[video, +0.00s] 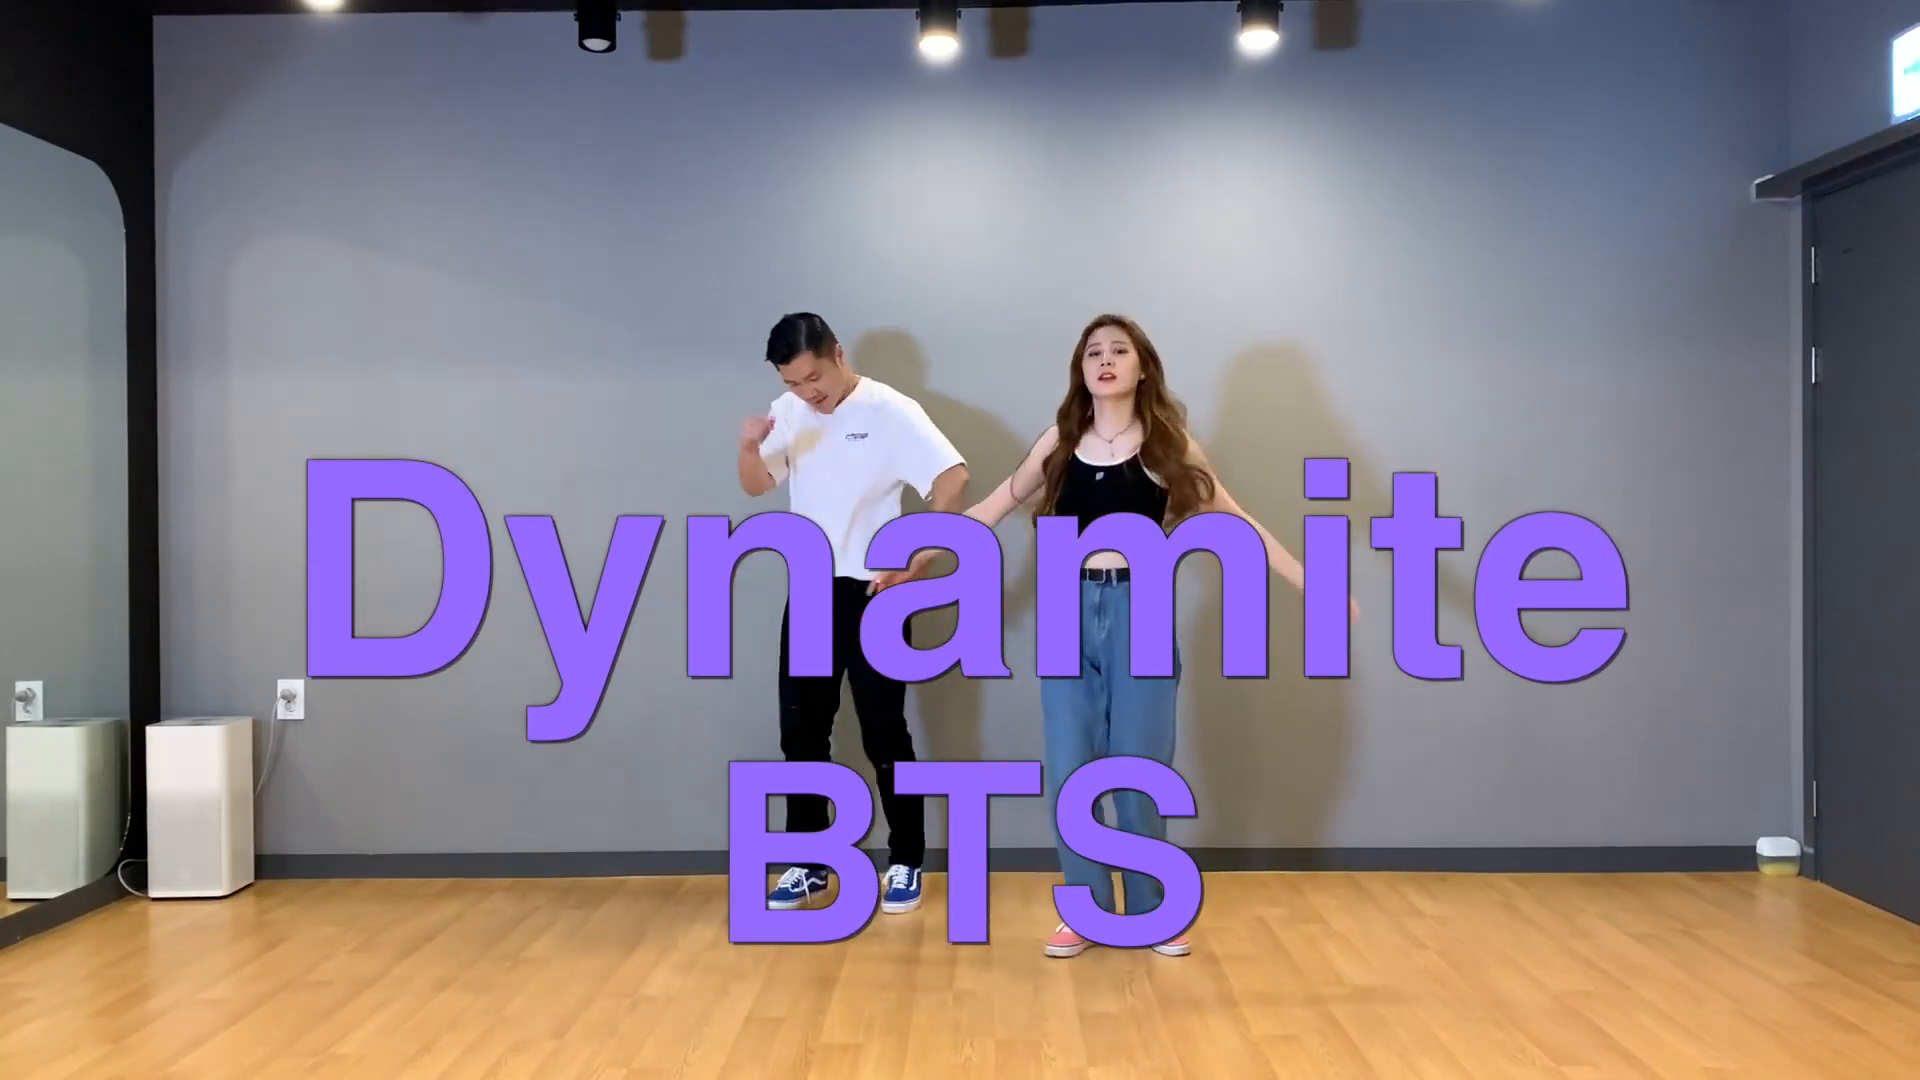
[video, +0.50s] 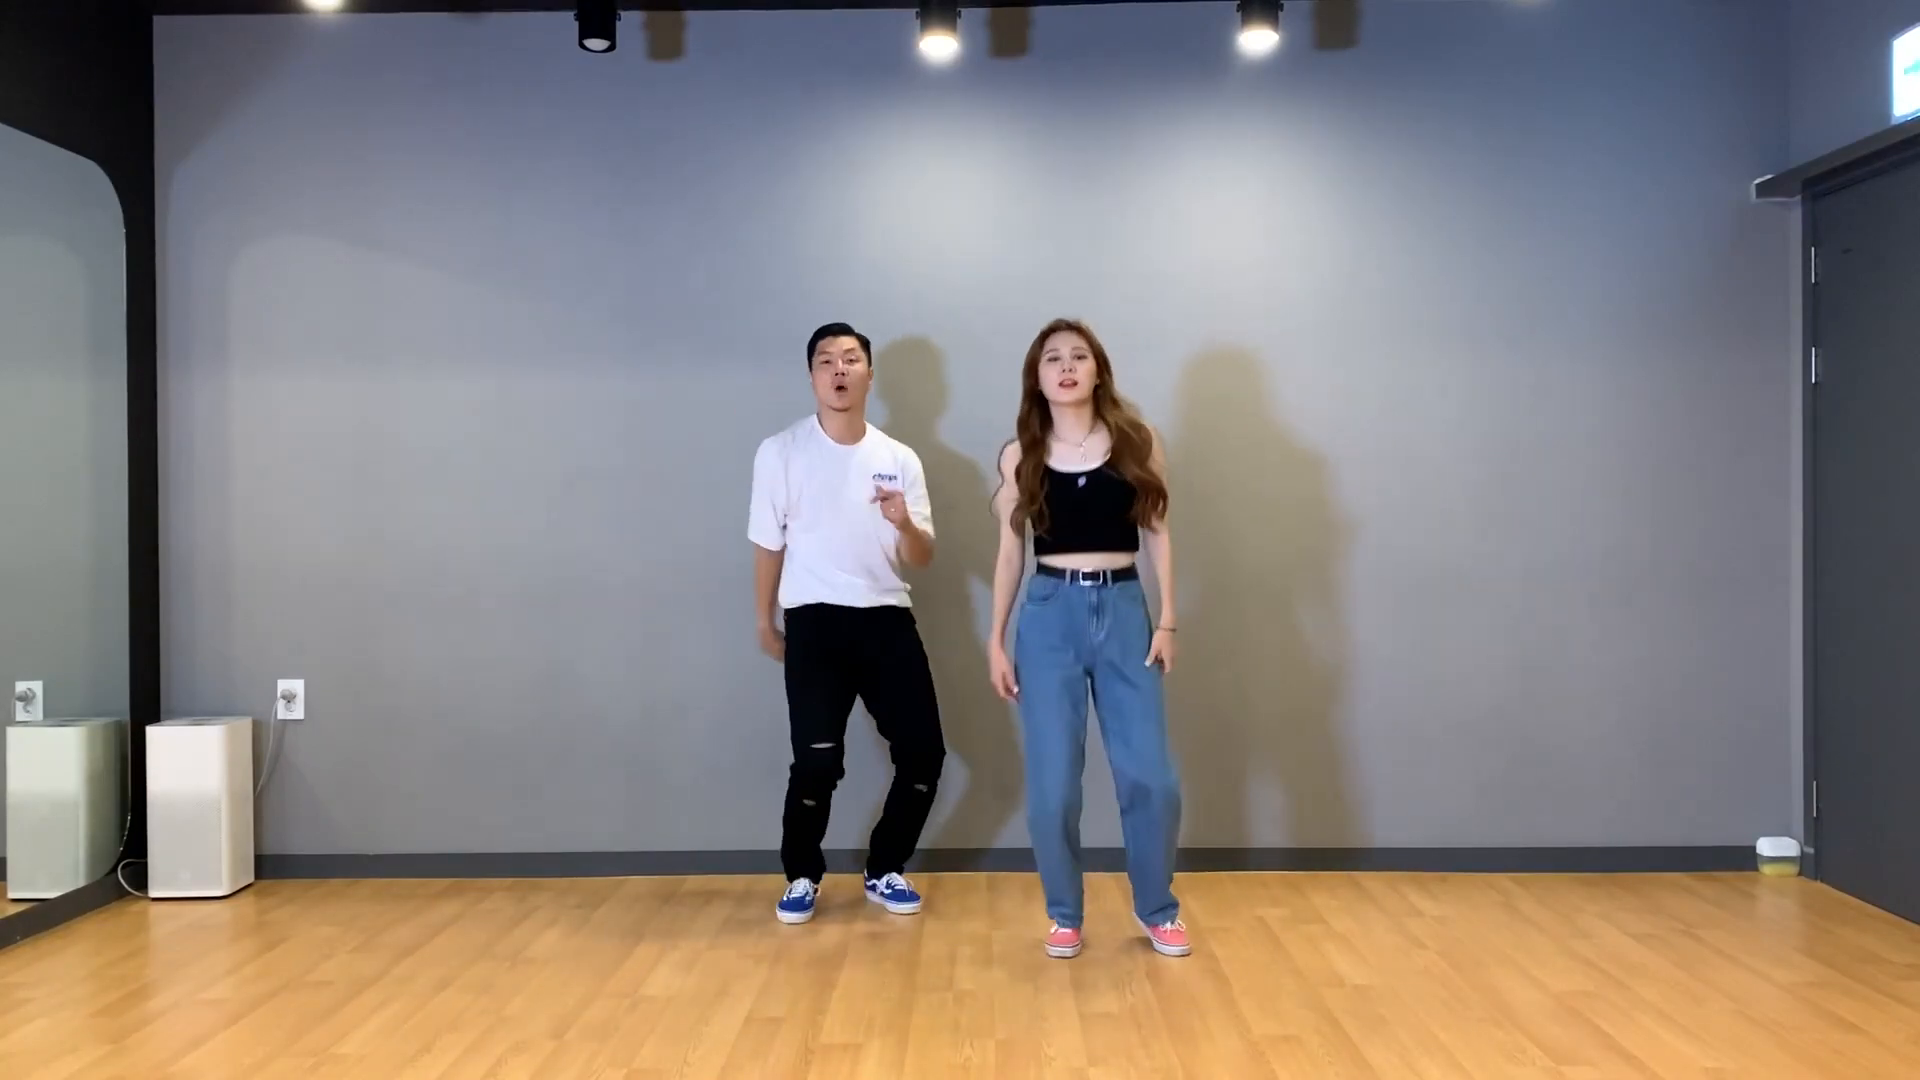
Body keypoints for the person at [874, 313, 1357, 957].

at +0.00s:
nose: (1104, 361)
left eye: (1118, 352)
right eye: (1093, 354)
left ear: (1142, 366)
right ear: (1080, 370)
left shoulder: (1173, 444)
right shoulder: (1059, 440)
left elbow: (1240, 526)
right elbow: (994, 506)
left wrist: (1314, 587)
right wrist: (918, 559)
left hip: (1139, 612)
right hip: (1065, 611)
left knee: (1138, 762)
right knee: (1068, 765)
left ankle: (1155, 911)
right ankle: (1079, 909)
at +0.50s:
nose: (1067, 369)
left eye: (1078, 358)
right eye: (1054, 360)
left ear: (1099, 370)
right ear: (1036, 375)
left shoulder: (1137, 443)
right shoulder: (1018, 455)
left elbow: (1156, 533)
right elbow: (1011, 550)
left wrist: (1165, 618)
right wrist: (996, 639)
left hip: (1124, 614)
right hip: (1045, 615)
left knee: (1151, 775)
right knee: (1053, 781)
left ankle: (1158, 910)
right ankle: (1064, 914)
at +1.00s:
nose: (1065, 358)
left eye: (1075, 347)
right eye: (1050, 350)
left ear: (1093, 359)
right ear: (1031, 366)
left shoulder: (1119, 431)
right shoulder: (1014, 444)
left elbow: (1133, 512)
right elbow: (993, 540)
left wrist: (1158, 573)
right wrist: (1009, 628)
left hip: (1125, 598)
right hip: (1052, 604)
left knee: (1170, 751)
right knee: (1071, 775)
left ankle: (1205, 903)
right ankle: (1082, 917)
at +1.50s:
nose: (1089, 356)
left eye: (1100, 344)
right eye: (1075, 348)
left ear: (1119, 354)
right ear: (1058, 363)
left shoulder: (1139, 429)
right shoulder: (1037, 425)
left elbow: (1144, 518)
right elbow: (1010, 527)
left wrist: (1167, 568)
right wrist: (1016, 613)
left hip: (1139, 599)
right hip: (1065, 601)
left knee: (1143, 760)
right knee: (1074, 766)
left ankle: (1138, 905)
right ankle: (1079, 916)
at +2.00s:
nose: (1094, 366)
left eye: (1107, 356)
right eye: (1082, 356)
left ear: (1128, 369)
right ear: (1066, 369)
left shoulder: (1153, 445)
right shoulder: (1040, 444)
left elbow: (1207, 525)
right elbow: (990, 523)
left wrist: (1273, 587)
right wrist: (926, 582)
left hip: (1126, 615)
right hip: (1052, 614)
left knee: (1122, 775)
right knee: (1054, 784)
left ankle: (1129, 917)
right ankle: (1080, 916)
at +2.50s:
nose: (1086, 368)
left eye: (1096, 356)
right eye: (1071, 361)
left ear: (1115, 365)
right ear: (1057, 375)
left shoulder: (1154, 441)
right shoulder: (1036, 446)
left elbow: (1162, 537)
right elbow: (1025, 541)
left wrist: (1161, 620)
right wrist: (1012, 628)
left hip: (1134, 609)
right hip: (1060, 609)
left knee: (1131, 771)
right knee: (1072, 772)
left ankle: (1133, 917)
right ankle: (1080, 916)